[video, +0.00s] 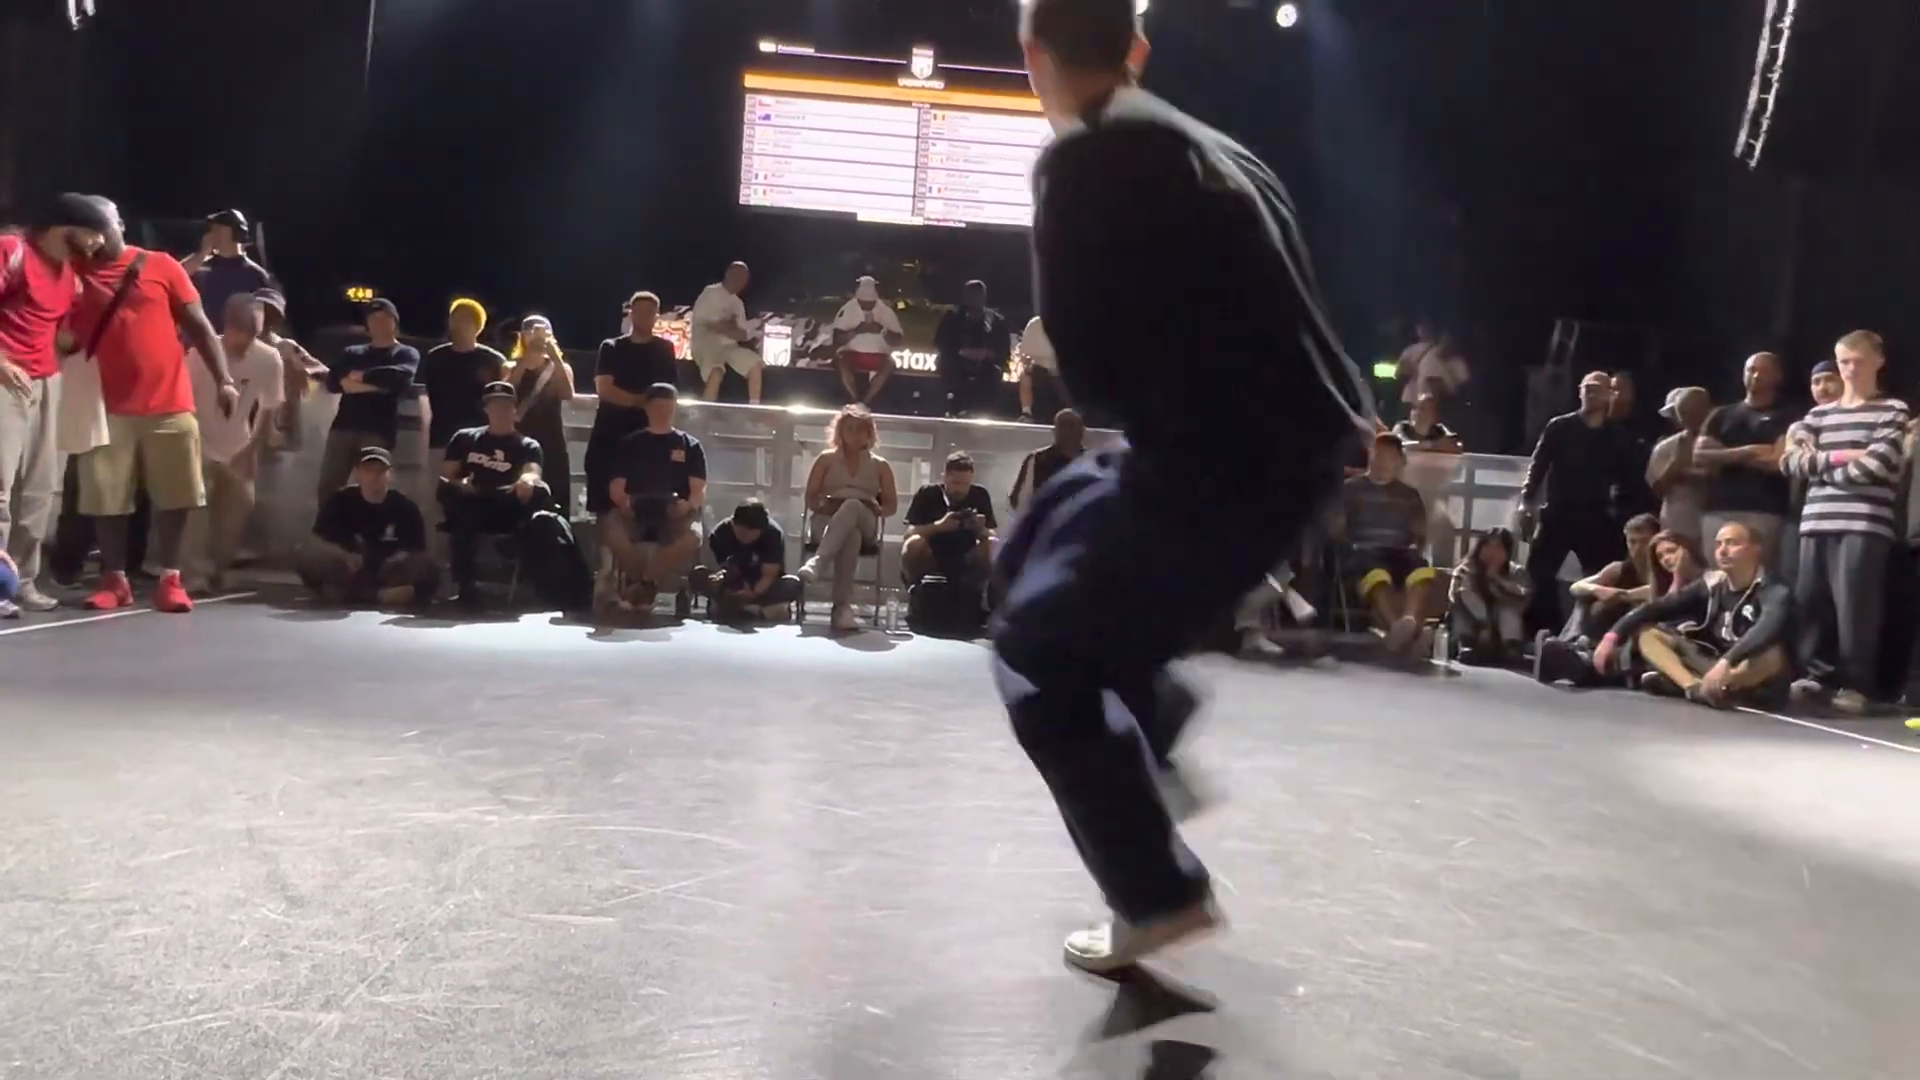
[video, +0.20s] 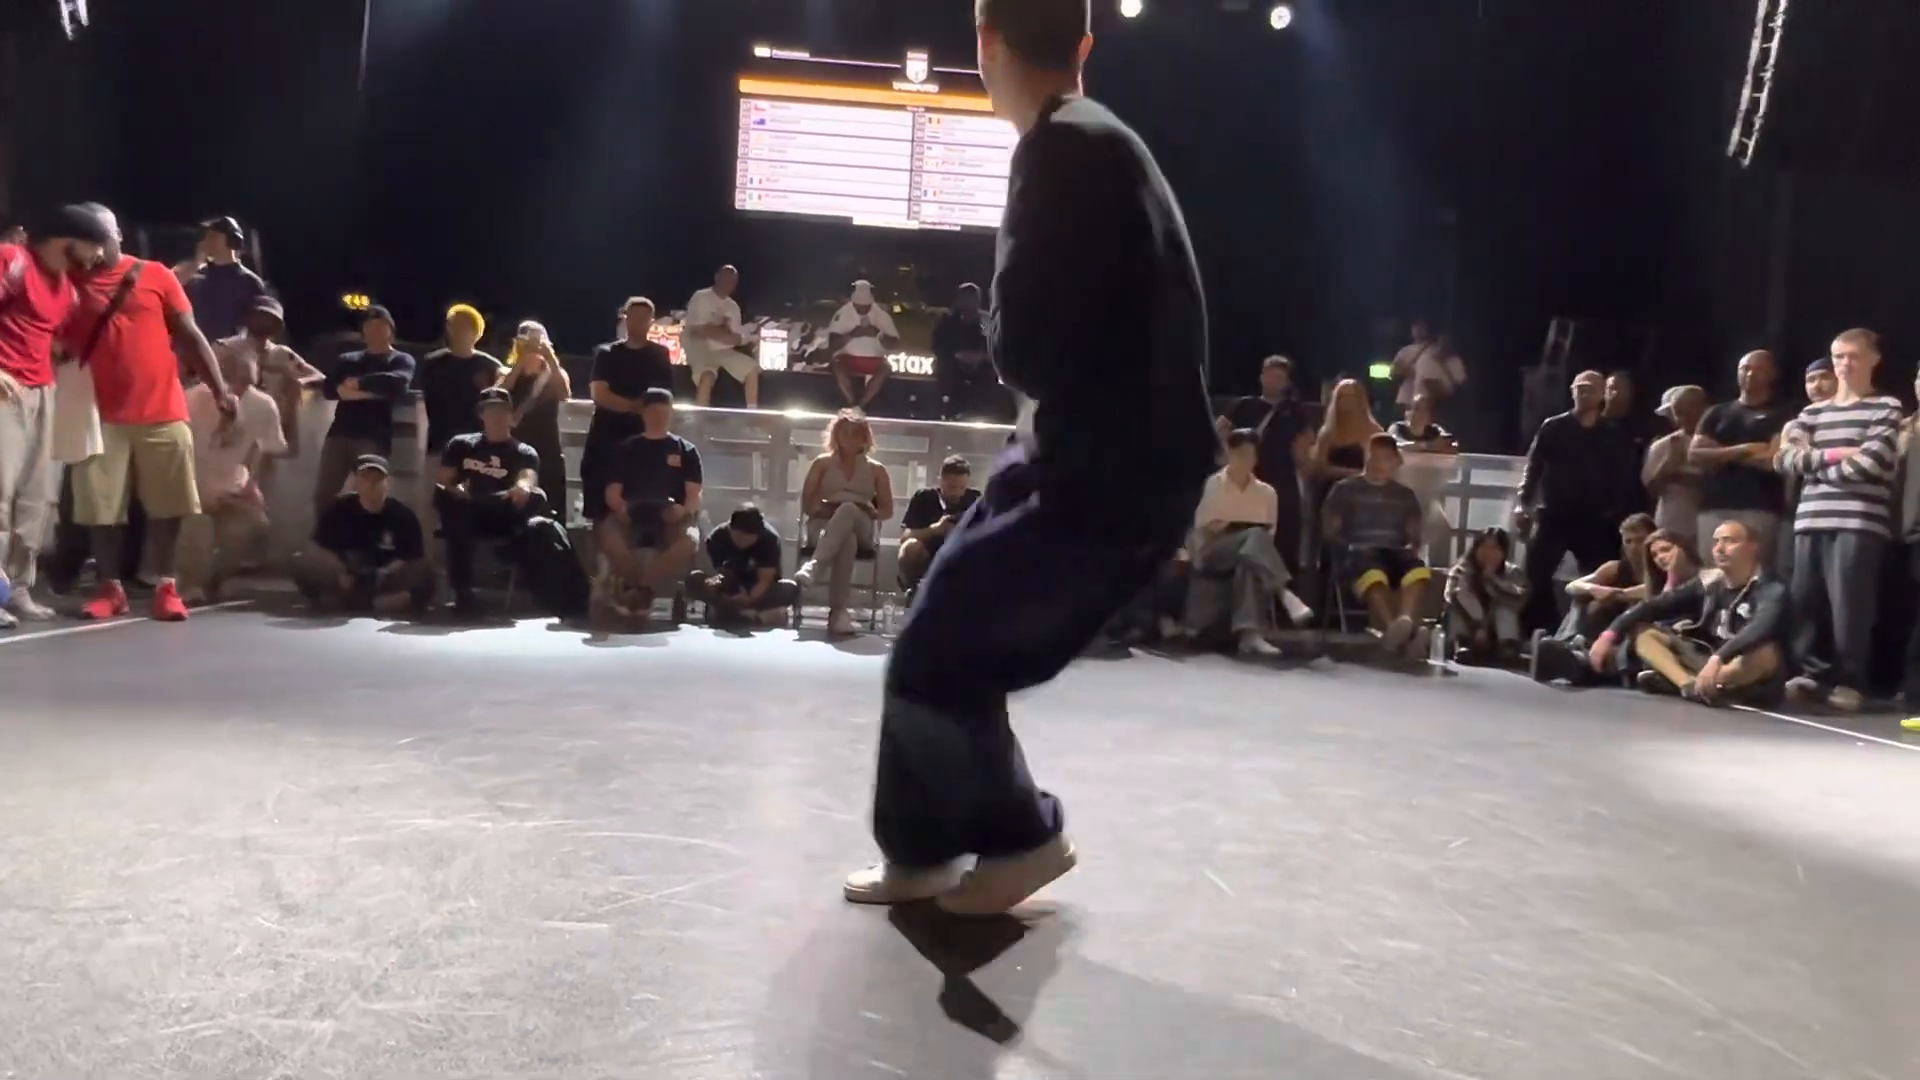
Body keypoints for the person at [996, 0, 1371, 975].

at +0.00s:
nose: (1032, 81)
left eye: (1029, 60)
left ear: (1033, 59)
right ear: (1140, 51)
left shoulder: (1083, 163)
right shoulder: (1224, 156)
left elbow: (1093, 368)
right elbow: (1288, 308)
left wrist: (1169, 435)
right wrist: (1353, 419)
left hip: (1214, 475)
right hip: (1290, 453)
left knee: (1036, 651)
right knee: (1037, 549)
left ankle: (1161, 895)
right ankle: (1158, 728)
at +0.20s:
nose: (979, 61)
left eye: (979, 44)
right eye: (984, 44)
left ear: (987, 46)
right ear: (1081, 50)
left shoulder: (1061, 151)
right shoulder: (1101, 142)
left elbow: (1025, 351)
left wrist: (990, 305)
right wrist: (1012, 314)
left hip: (1103, 473)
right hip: (1127, 461)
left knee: (936, 646)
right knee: (949, 627)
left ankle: (1017, 841)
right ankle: (928, 853)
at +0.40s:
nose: (951, 56)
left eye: (945, 35)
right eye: (948, 40)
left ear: (961, 17)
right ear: (1037, 13)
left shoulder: (1054, 83)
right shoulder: (1067, 81)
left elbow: (1076, 261)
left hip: (1144, 413)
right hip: (1112, 409)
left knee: (998, 611)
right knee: (967, 593)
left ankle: (1181, 810)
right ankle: (881, 815)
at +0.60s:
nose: (949, 104)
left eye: (948, 83)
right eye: (951, 84)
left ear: (967, 82)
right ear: (1037, 73)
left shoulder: (1040, 155)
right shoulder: (1071, 149)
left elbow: (1061, 329)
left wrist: (996, 308)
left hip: (1160, 480)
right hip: (1114, 477)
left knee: (1170, 726)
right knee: (992, 682)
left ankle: (1365, 914)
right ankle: (816, 860)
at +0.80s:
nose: (995, 80)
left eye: (995, 65)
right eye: (1002, 68)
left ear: (1003, 61)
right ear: (1089, 69)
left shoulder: (996, 131)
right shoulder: (1171, 172)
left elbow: (871, 229)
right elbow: (1260, 298)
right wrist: (1249, 458)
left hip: (1018, 444)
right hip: (1114, 460)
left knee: (887, 626)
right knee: (935, 621)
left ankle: (985, 835)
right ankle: (979, 872)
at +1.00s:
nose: (1012, 65)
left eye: (1017, 52)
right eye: (1026, 54)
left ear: (1029, 55)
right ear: (1106, 75)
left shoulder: (969, 135)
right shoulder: (1150, 163)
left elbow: (858, 245)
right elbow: (1162, 328)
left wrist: (795, 367)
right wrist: (1101, 391)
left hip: (970, 409)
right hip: (1082, 437)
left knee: (900, 579)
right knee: (1002, 655)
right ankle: (920, 868)